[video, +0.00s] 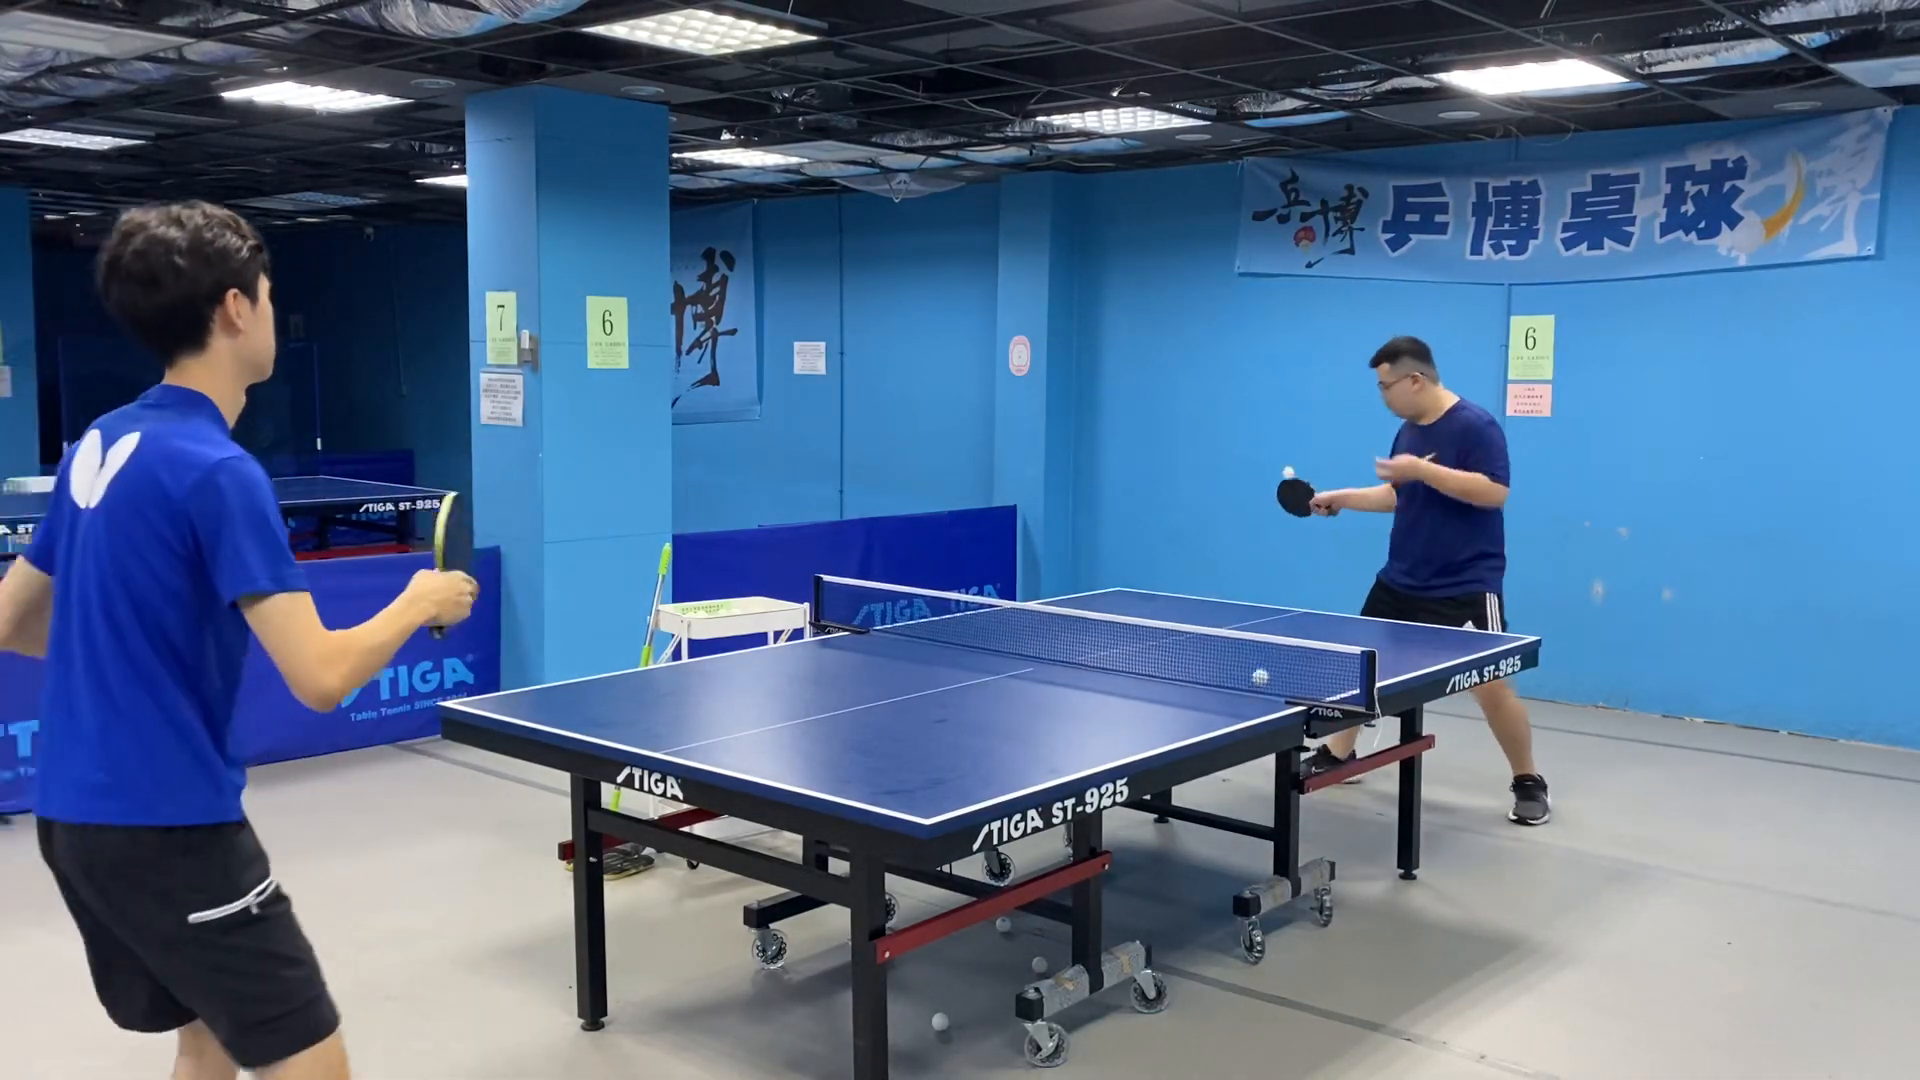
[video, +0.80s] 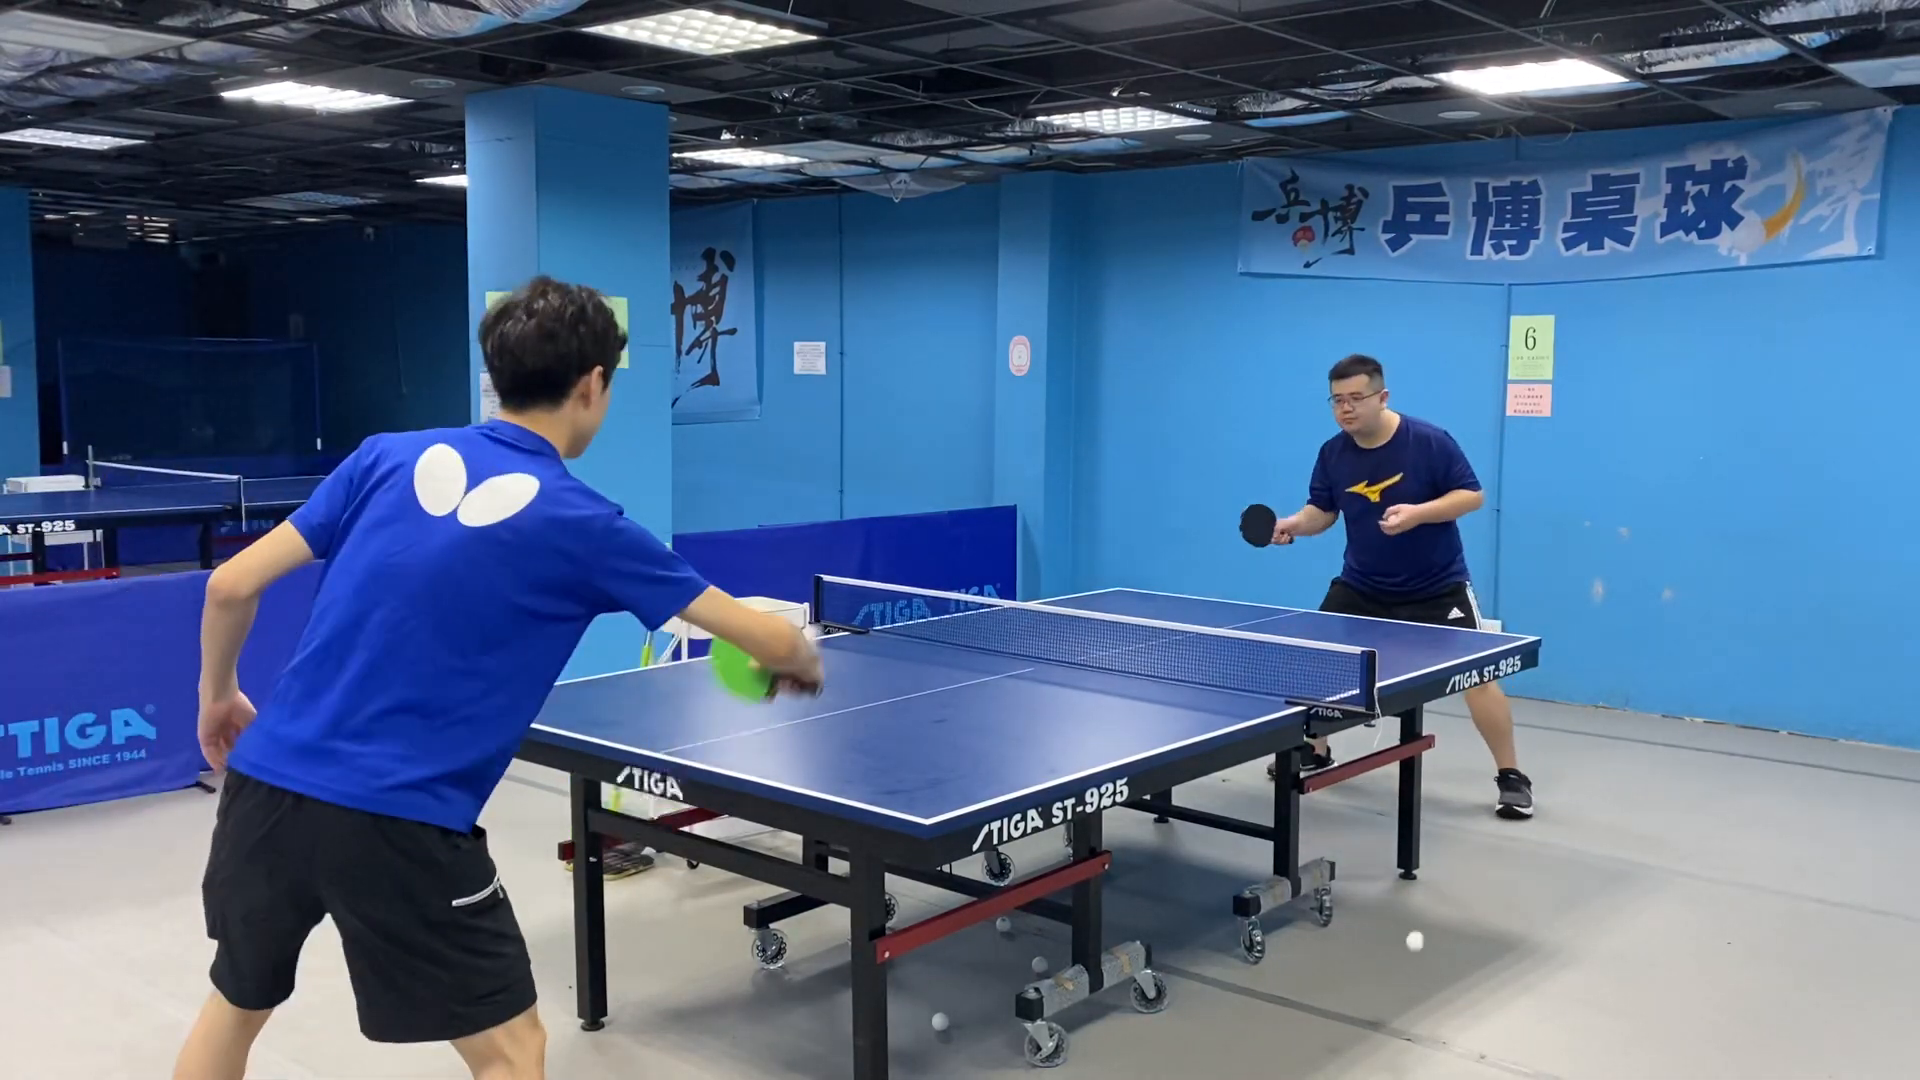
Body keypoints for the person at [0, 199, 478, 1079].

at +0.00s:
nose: (274, 316)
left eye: (267, 294)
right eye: (266, 295)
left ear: (152, 319)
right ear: (233, 311)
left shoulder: (98, 445)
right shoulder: (219, 472)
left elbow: (18, 618)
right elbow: (323, 674)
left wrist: (141, 645)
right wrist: (419, 602)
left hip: (78, 811)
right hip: (169, 820)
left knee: (213, 1031)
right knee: (311, 1059)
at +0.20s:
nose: (368, 324)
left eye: (366, 303)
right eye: (364, 302)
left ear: (252, 314)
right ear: (334, 313)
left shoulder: (179, 433)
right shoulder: (312, 465)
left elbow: (87, 607)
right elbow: (424, 659)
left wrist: (205, 604)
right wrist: (502, 621)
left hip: (135, 803)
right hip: (241, 809)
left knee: (226, 1022)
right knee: (373, 1062)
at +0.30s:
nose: (429, 346)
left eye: (427, 325)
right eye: (427, 324)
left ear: (310, 332)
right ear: (396, 334)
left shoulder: (226, 446)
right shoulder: (376, 482)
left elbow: (116, 609)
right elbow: (500, 673)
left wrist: (225, 644)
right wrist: (558, 661)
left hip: (168, 808)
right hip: (274, 817)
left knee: (251, 1020)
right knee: (398, 1063)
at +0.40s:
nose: (492, 370)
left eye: (491, 350)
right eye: (490, 349)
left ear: (381, 350)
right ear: (462, 355)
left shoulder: (274, 458)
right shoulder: (444, 499)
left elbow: (148, 609)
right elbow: (582, 687)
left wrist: (247, 661)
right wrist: (620, 720)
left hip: (203, 808)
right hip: (318, 823)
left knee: (260, 1026)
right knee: (465, 1057)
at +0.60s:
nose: (595, 412)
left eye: (597, 390)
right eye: (598, 389)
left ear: (484, 376)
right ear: (574, 388)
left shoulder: (364, 463)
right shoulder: (547, 522)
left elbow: (210, 591)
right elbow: (693, 703)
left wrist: (229, 693)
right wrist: (686, 789)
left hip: (254, 808)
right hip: (391, 830)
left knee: (244, 1034)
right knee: (518, 1049)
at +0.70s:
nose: (617, 410)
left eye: (619, 390)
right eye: (619, 389)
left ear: (504, 379)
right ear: (596, 391)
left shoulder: (387, 461)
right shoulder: (575, 525)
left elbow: (231, 584)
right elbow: (749, 678)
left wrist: (223, 696)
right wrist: (731, 756)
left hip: (265, 799)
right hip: (402, 827)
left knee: (237, 1021)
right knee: (518, 1051)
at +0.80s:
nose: (605, 397)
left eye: (607, 380)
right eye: (608, 381)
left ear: (498, 378)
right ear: (589, 387)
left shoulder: (387, 457)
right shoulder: (581, 521)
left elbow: (231, 584)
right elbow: (770, 635)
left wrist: (216, 695)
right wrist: (797, 655)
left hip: (266, 789)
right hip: (401, 822)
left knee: (232, 1003)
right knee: (508, 1048)